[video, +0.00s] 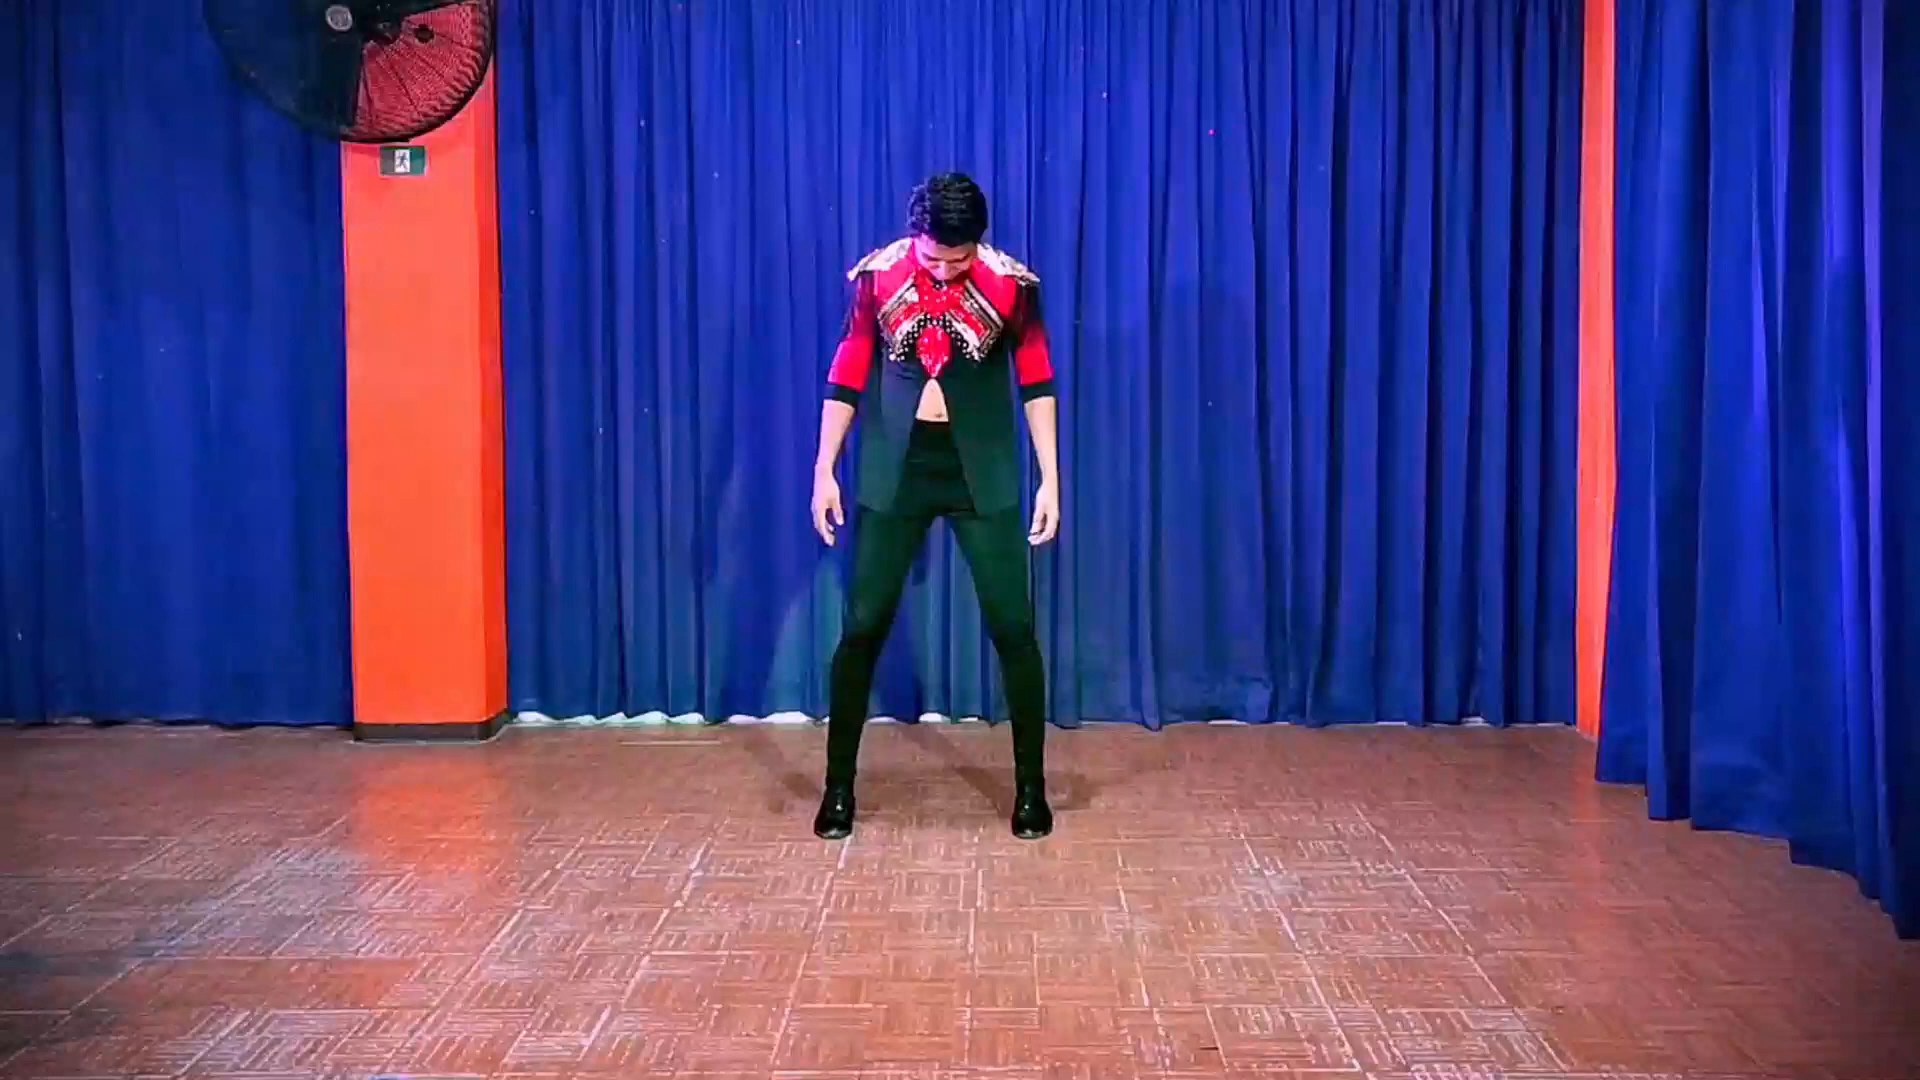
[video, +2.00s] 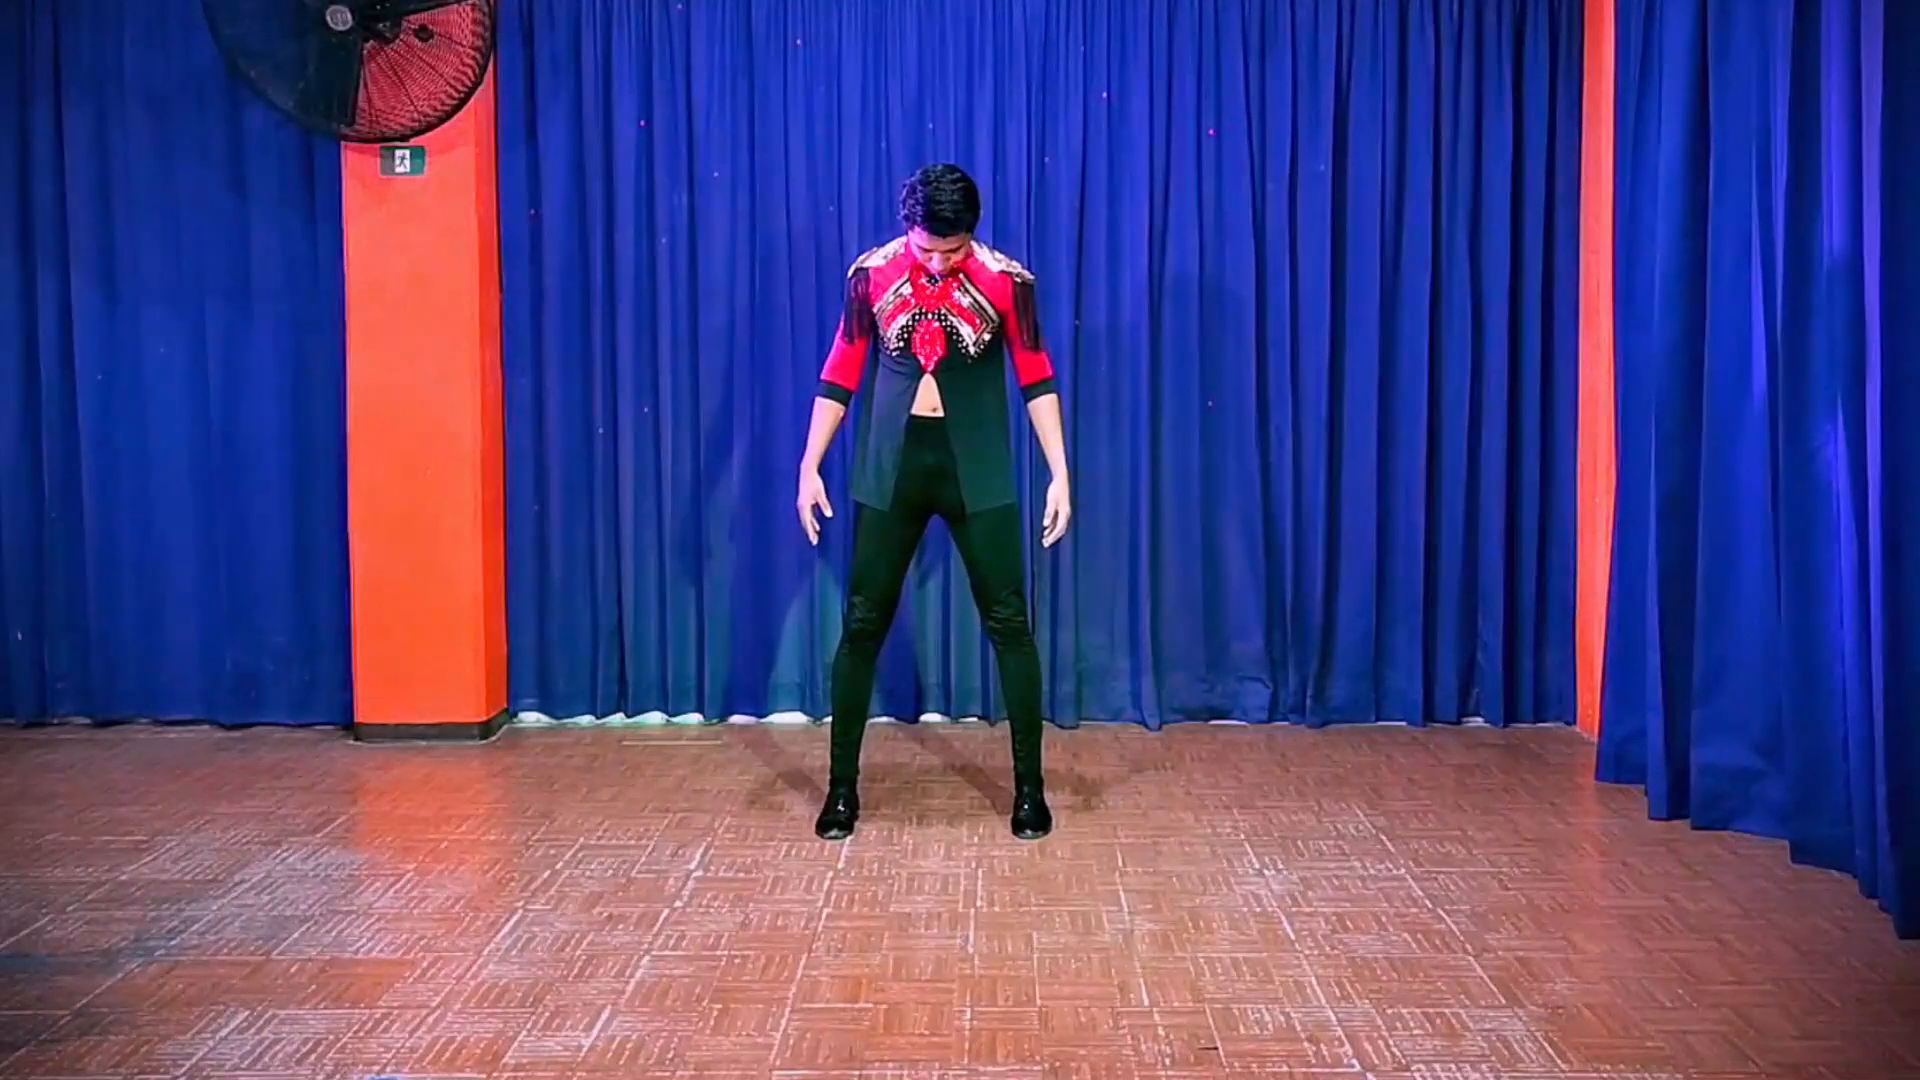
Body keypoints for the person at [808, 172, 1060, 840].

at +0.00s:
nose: (946, 267)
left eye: (958, 257)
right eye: (935, 255)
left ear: (979, 240)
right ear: (917, 236)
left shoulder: (1010, 285)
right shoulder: (878, 278)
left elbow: (1036, 382)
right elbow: (848, 375)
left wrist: (1049, 478)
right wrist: (824, 468)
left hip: (985, 469)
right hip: (896, 469)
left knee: (1014, 627)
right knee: (863, 626)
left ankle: (1030, 786)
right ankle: (838, 786)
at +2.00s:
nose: (942, 259)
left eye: (954, 248)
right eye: (929, 247)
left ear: (974, 230)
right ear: (909, 228)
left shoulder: (1007, 281)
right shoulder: (872, 275)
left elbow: (1036, 378)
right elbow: (842, 372)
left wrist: (1059, 473)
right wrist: (809, 465)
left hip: (979, 464)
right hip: (892, 463)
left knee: (1008, 619)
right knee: (863, 622)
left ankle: (1029, 785)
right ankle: (841, 786)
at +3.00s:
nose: (942, 258)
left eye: (955, 246)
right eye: (929, 245)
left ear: (974, 228)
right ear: (908, 227)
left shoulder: (1007, 281)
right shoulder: (872, 275)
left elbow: (1037, 380)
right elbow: (840, 372)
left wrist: (1060, 473)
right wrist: (807, 463)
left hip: (977, 469)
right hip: (889, 467)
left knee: (1007, 624)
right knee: (863, 624)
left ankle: (1028, 785)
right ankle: (841, 786)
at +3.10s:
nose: (941, 257)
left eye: (954, 245)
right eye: (928, 244)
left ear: (973, 228)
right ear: (908, 226)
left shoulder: (1007, 282)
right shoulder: (872, 275)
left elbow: (1037, 380)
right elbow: (840, 372)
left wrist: (1060, 473)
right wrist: (808, 463)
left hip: (977, 468)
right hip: (889, 467)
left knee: (1007, 624)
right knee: (862, 625)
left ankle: (1028, 785)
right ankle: (841, 787)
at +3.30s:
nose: (941, 256)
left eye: (954, 244)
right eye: (928, 243)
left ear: (973, 227)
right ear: (907, 225)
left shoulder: (1006, 281)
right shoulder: (873, 275)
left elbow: (1036, 379)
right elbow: (839, 373)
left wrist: (1060, 472)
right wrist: (807, 464)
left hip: (977, 467)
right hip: (890, 466)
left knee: (1007, 624)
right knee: (863, 624)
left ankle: (1028, 785)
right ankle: (842, 786)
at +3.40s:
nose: (942, 256)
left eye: (954, 245)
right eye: (929, 244)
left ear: (973, 226)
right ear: (907, 226)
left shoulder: (1005, 281)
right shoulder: (872, 275)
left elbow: (1036, 379)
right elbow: (840, 373)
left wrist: (1058, 472)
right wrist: (808, 464)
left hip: (978, 468)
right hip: (890, 466)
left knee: (1007, 624)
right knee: (863, 624)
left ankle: (1029, 785)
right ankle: (842, 786)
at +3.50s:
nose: (942, 257)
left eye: (955, 245)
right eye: (930, 245)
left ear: (973, 227)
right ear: (908, 226)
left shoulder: (1005, 280)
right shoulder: (872, 275)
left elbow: (1035, 379)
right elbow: (840, 373)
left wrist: (1058, 473)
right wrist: (809, 465)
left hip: (978, 468)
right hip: (889, 466)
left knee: (1007, 624)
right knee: (862, 626)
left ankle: (1028, 785)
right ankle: (842, 786)